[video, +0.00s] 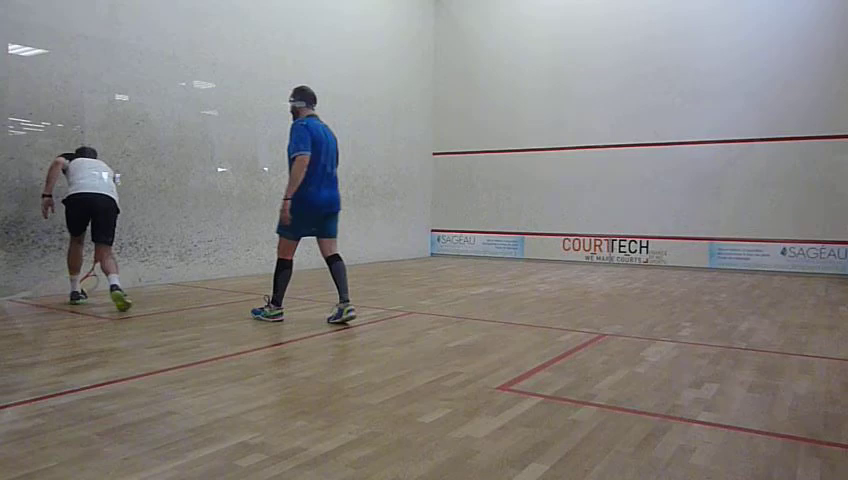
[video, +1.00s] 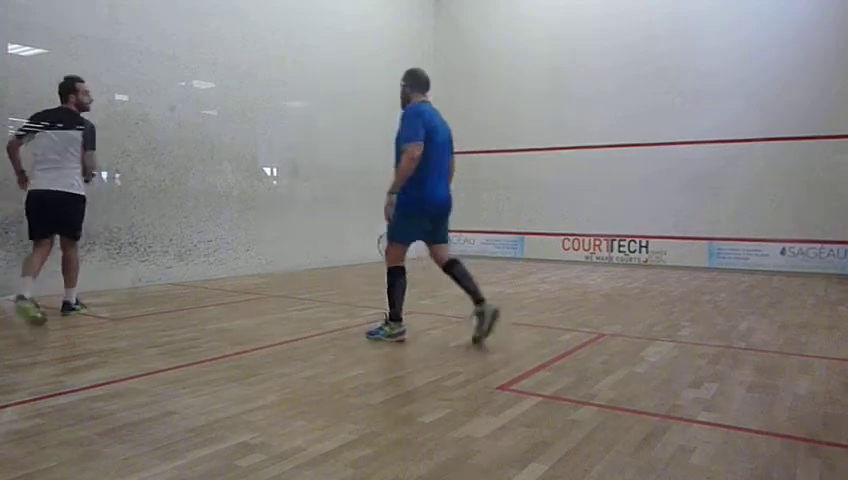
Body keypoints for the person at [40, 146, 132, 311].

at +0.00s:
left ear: (75, 156)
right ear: (96, 158)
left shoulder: (71, 159)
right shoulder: (107, 167)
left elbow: (57, 163)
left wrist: (47, 194)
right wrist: (99, 251)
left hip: (78, 199)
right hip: (107, 202)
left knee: (76, 241)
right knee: (105, 251)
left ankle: (75, 291)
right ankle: (115, 285)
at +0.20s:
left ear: (71, 147)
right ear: (91, 150)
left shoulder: (64, 153)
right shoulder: (103, 160)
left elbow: (41, 158)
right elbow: (108, 186)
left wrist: (36, 191)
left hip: (70, 194)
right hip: (99, 196)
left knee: (73, 240)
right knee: (98, 243)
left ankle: (74, 290)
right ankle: (95, 284)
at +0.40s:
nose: (93, 135)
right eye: (93, 131)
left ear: (72, 129)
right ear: (92, 131)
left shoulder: (57, 143)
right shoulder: (100, 148)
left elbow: (29, 157)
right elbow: (109, 181)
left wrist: (21, 189)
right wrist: (116, 209)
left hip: (61, 196)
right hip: (91, 197)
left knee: (70, 243)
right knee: (95, 243)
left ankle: (74, 290)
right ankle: (82, 284)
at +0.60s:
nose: (96, 121)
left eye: (94, 118)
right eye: (95, 118)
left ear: (73, 117)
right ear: (91, 118)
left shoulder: (52, 133)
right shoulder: (97, 139)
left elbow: (25, 154)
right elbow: (104, 176)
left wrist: (11, 184)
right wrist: (127, 197)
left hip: (56, 198)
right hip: (85, 199)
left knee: (67, 244)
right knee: (88, 247)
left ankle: (73, 291)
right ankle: (72, 294)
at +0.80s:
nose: (95, 108)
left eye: (95, 104)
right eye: (94, 104)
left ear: (72, 103)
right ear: (87, 104)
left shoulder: (47, 122)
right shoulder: (95, 131)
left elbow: (20, 149)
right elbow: (101, 167)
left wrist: (13, 180)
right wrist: (109, 187)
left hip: (48, 190)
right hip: (78, 193)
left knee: (60, 239)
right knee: (78, 243)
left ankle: (58, 293)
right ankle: (71, 299)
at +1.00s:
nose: (90, 97)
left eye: (88, 92)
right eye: (85, 93)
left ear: (65, 97)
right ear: (71, 97)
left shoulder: (41, 117)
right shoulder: (85, 125)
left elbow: (12, 145)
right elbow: (89, 166)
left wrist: (19, 172)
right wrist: (86, 177)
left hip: (38, 194)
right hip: (71, 196)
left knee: (41, 245)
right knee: (69, 246)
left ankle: (24, 294)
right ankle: (70, 301)